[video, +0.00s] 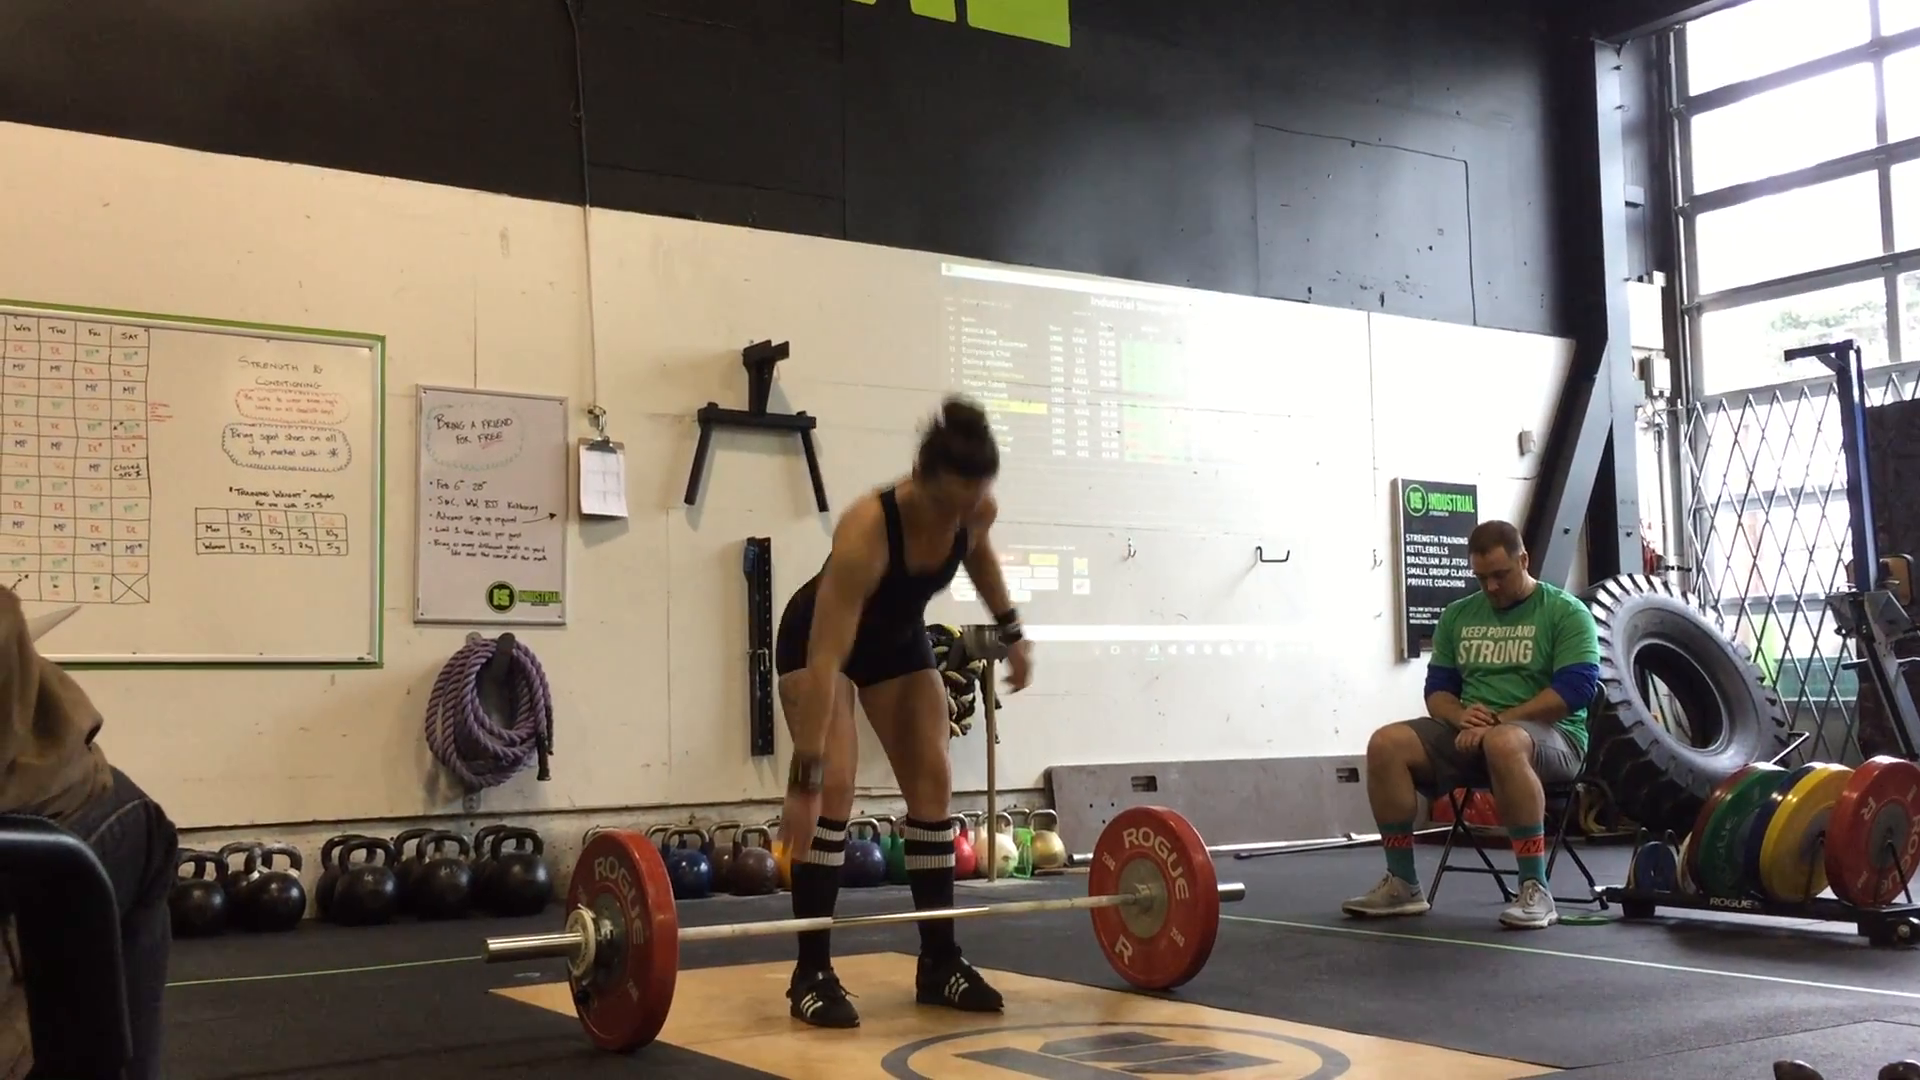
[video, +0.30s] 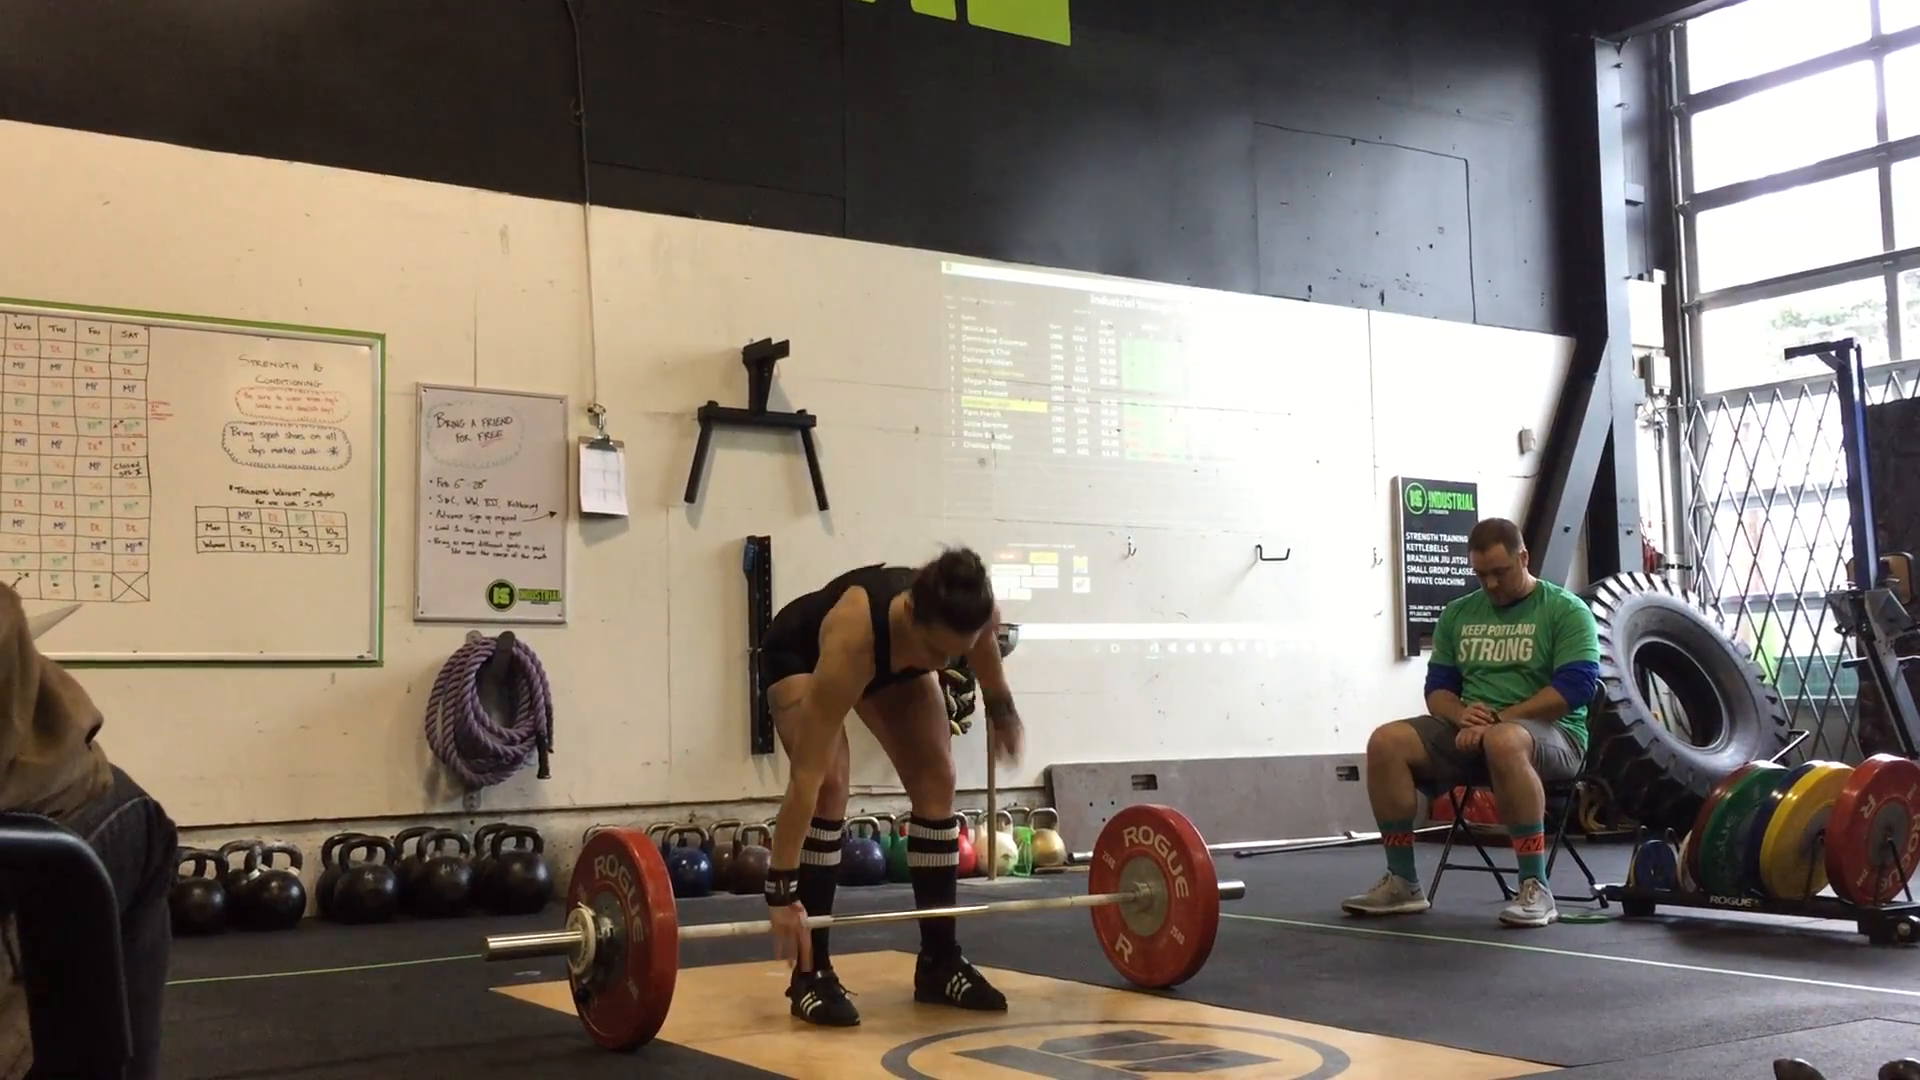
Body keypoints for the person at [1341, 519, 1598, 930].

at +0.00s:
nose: (1491, 587)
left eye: (1500, 575)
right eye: (1482, 577)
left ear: (1525, 560)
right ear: (1472, 569)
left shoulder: (1566, 611)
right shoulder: (1456, 616)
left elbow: (1577, 687)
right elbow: (1438, 692)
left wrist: (1498, 724)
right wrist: (1460, 715)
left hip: (1552, 735)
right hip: (1470, 735)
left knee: (1503, 743)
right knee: (1385, 744)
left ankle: (1534, 891)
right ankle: (1402, 885)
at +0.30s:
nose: (1491, 584)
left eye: (1499, 572)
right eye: (1482, 575)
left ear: (1524, 558)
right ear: (1472, 567)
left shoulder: (1565, 609)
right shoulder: (1456, 614)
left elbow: (1577, 685)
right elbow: (1438, 690)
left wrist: (1497, 722)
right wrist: (1461, 714)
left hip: (1552, 734)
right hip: (1470, 734)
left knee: (1503, 742)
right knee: (1385, 743)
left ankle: (1534, 889)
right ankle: (1403, 883)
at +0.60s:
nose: (1489, 581)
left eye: (1497, 570)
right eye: (1480, 572)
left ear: (1523, 557)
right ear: (1470, 566)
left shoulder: (1564, 609)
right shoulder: (1455, 614)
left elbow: (1574, 685)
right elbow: (1437, 690)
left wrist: (1496, 721)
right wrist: (1458, 713)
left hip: (1549, 733)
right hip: (1468, 733)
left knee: (1502, 741)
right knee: (1384, 742)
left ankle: (1532, 888)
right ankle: (1400, 882)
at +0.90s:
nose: (1488, 573)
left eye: (1497, 561)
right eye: (1479, 563)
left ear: (1523, 554)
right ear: (1470, 561)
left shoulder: (1564, 611)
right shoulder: (1455, 614)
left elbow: (1574, 687)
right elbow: (1437, 688)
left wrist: (1494, 720)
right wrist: (1457, 714)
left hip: (1548, 734)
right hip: (1468, 734)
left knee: (1500, 741)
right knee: (1384, 742)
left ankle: (1531, 889)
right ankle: (1400, 883)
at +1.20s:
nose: (1490, 565)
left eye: (1499, 553)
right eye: (1481, 556)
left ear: (1526, 550)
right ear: (1473, 558)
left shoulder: (1566, 611)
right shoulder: (1457, 614)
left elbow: (1574, 688)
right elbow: (1442, 685)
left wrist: (1492, 711)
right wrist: (1453, 716)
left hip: (1551, 735)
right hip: (1473, 737)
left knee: (1502, 741)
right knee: (1385, 743)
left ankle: (1532, 889)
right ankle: (1401, 883)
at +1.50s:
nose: (1490, 557)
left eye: (1500, 547)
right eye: (1482, 549)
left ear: (1527, 548)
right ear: (1476, 555)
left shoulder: (1566, 611)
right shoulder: (1459, 613)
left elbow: (1571, 690)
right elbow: (1441, 684)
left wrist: (1494, 724)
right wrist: (1458, 721)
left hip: (1550, 735)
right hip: (1470, 735)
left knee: (1503, 743)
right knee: (1384, 744)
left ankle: (1532, 890)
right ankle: (1400, 884)